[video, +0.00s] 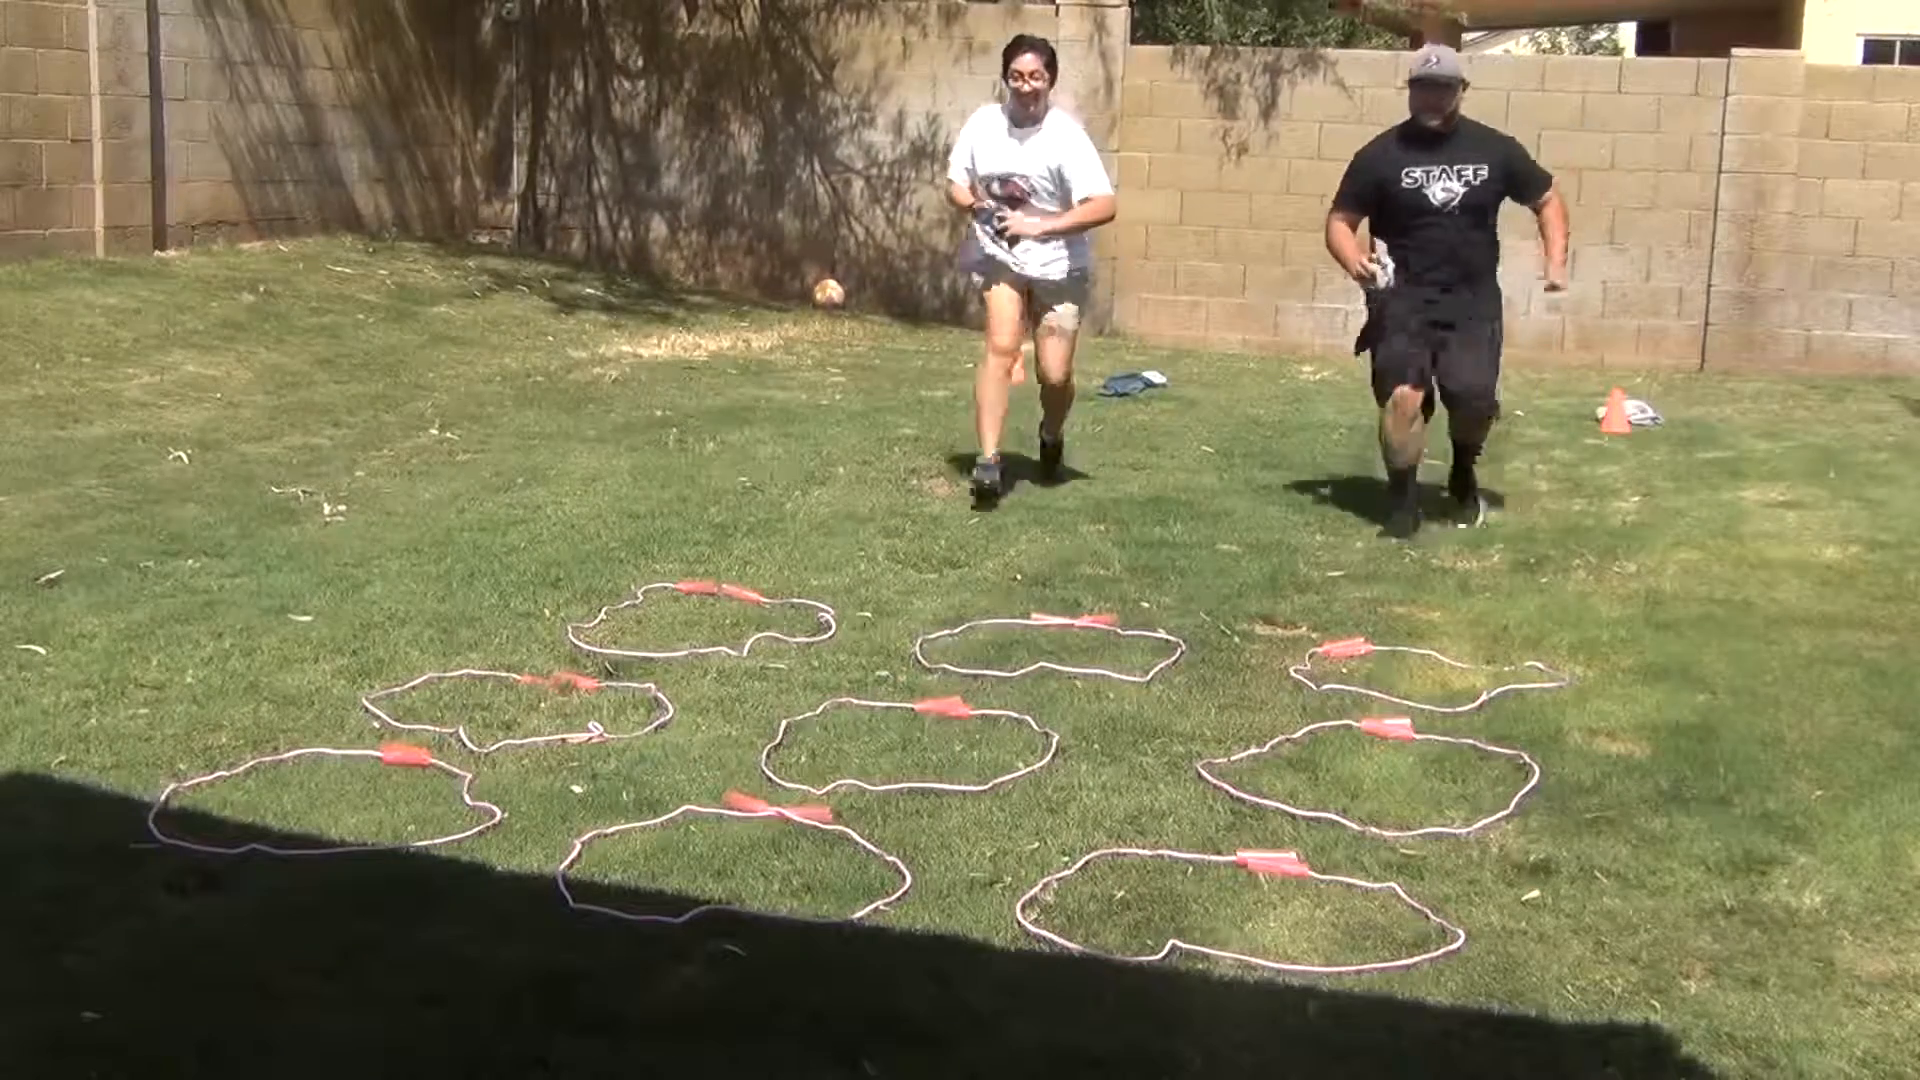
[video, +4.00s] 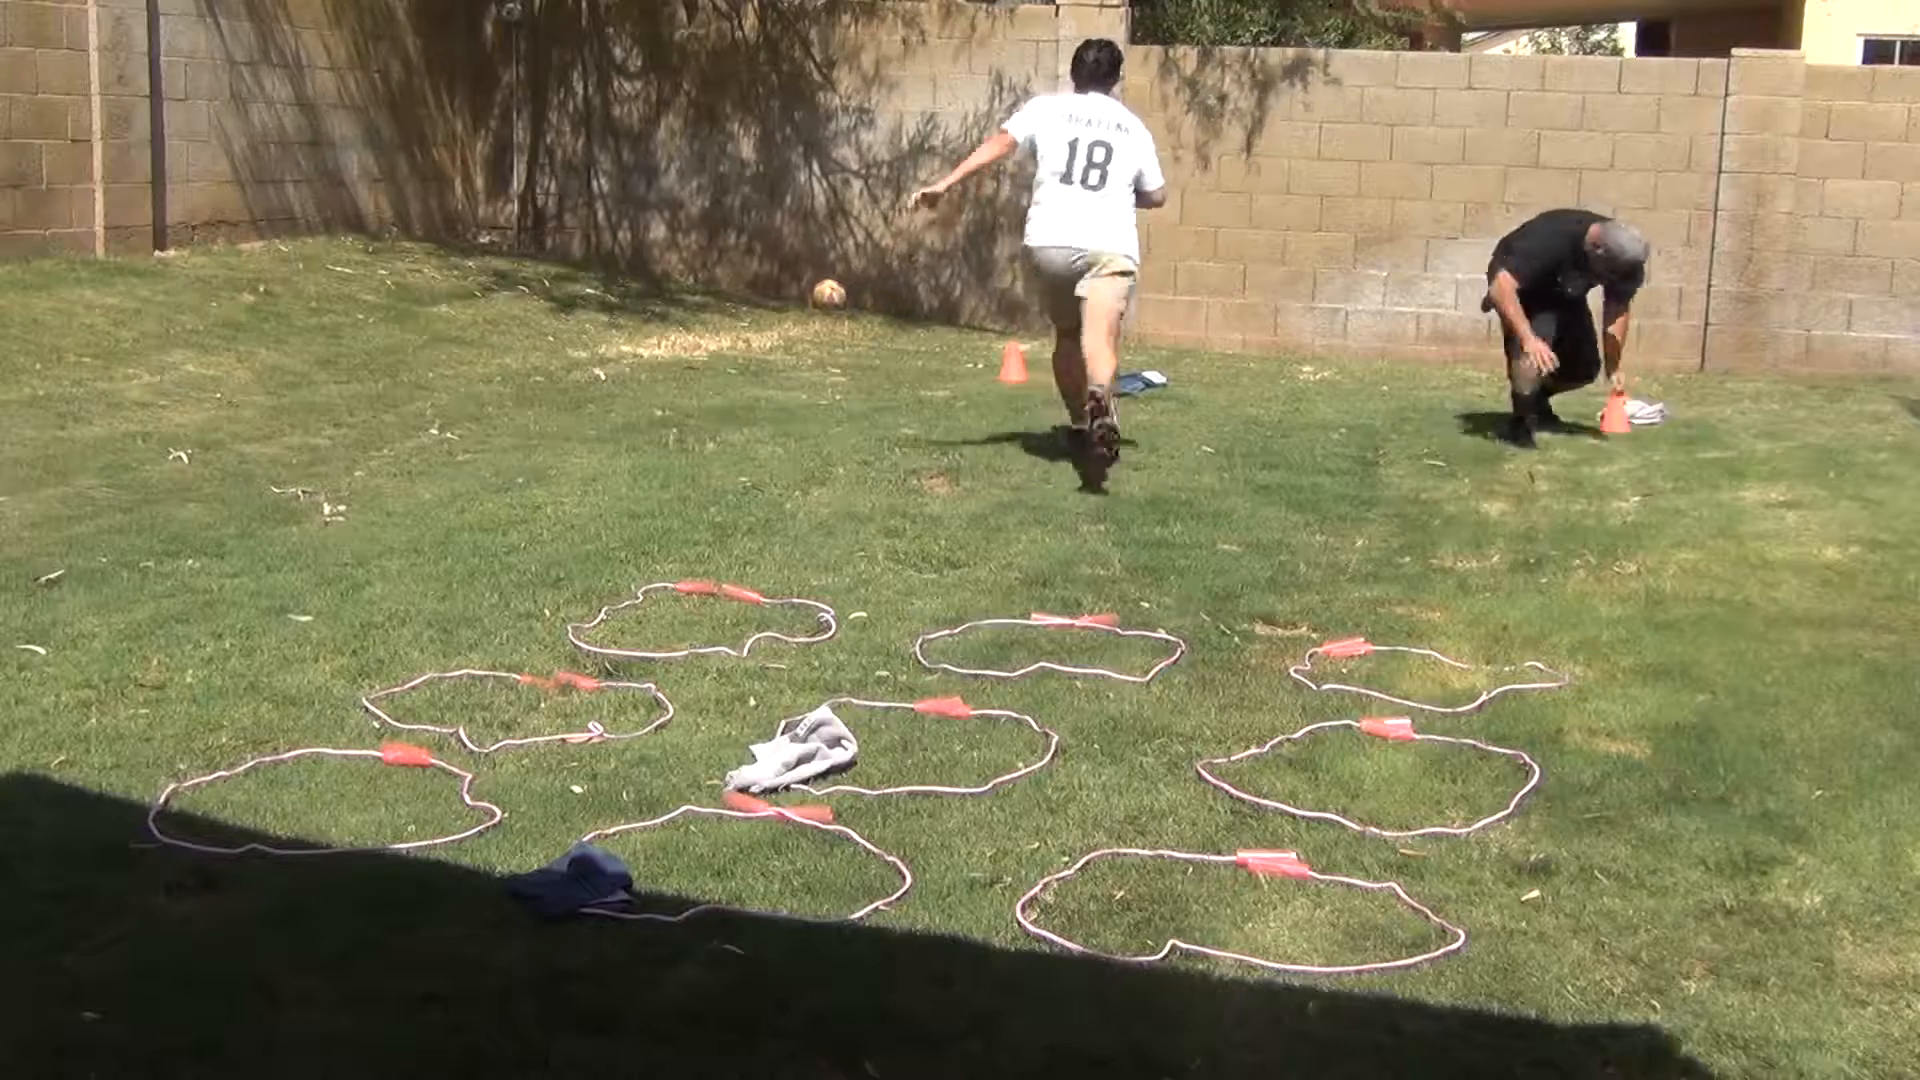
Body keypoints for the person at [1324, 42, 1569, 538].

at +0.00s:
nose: (1433, 98)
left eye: (1443, 88)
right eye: (1424, 87)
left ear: (1461, 92)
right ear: (1409, 90)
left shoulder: (1497, 151)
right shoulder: (1379, 156)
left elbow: (1547, 198)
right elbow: (1340, 222)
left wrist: (1556, 259)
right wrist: (1353, 259)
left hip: (1472, 298)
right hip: (1403, 297)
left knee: (1474, 400)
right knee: (1403, 395)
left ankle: (1464, 473)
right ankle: (1402, 500)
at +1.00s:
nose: (1358, 176)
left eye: (1372, 167)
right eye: (1349, 163)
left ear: (1391, 166)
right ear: (1331, 154)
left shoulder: (1397, 203)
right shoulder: (1281, 207)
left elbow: (1384, 267)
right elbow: (1216, 290)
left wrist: (1371, 342)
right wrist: (1226, 378)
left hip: (1310, 333)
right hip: (1247, 327)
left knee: (1331, 443)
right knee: (1257, 427)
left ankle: (1219, 469)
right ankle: (1232, 570)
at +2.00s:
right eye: (1589, 87)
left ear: (1542, 89)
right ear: (1589, 90)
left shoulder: (1506, 131)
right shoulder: (1611, 142)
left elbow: (1452, 187)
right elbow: (1654, 217)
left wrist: (1485, 242)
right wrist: (1650, 272)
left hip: (1502, 282)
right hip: (1570, 286)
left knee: (1529, 388)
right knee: (1579, 387)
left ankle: (1553, 477)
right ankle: (1557, 434)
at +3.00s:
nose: (1520, 235)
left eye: (1523, 227)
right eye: (1514, 231)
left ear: (1537, 203)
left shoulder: (1572, 218)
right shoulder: (1527, 192)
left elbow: (1620, 264)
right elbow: (1519, 226)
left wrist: (1620, 322)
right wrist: (1509, 255)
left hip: (1598, 274)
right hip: (1567, 268)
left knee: (1539, 318)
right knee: (1537, 320)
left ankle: (1543, 401)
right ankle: (1572, 395)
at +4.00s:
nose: (1612, 280)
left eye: (1618, 276)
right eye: (1611, 273)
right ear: (1598, 250)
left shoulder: (1626, 260)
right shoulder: (1551, 241)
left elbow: (1617, 311)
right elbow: (1500, 288)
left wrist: (1614, 371)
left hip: (1568, 295)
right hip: (1526, 290)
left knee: (1583, 368)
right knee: (1530, 356)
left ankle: (1538, 393)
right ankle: (1522, 419)